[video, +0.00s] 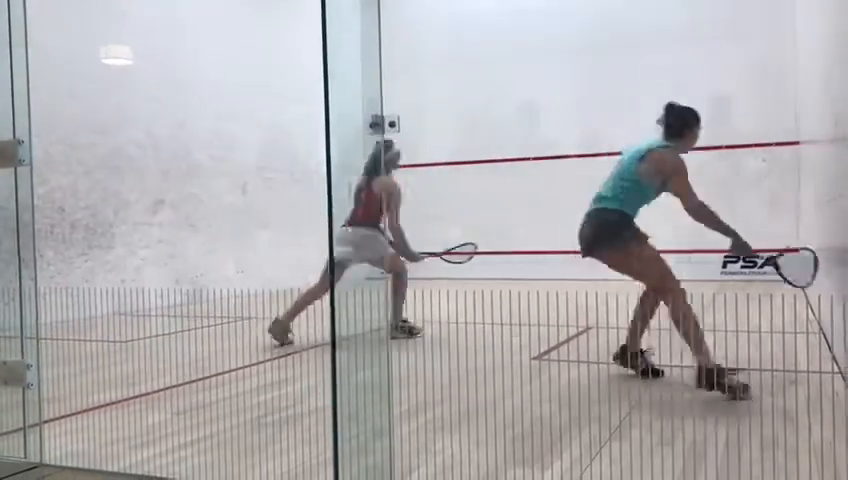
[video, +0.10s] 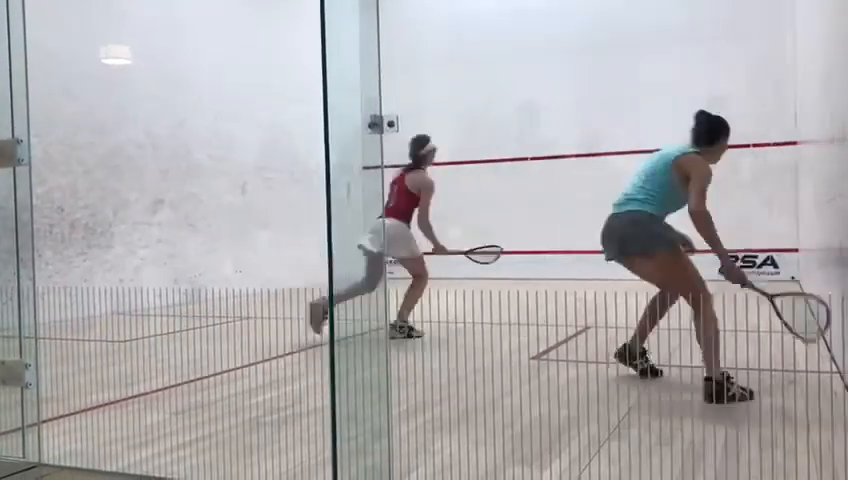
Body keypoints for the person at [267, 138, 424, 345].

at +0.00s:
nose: (399, 157)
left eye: (397, 154)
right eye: (395, 155)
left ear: (376, 159)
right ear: (388, 159)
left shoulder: (363, 182)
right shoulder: (390, 186)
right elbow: (394, 228)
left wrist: (400, 251)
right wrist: (411, 255)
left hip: (346, 235)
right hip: (368, 238)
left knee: (323, 285)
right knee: (399, 270)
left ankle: (283, 322)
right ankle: (397, 323)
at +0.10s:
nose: (434, 155)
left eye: (434, 151)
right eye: (432, 152)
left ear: (414, 154)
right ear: (425, 155)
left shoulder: (401, 175)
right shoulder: (425, 181)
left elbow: (391, 206)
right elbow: (423, 220)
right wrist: (436, 244)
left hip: (378, 229)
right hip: (397, 232)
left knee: (370, 283)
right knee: (421, 277)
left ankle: (325, 304)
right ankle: (401, 323)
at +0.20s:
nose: (462, 140)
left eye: (461, 137)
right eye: (460, 137)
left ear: (442, 139)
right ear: (454, 140)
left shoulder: (429, 160)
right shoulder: (455, 167)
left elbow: (411, 191)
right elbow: (453, 206)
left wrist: (422, 211)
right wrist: (464, 232)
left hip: (414, 214)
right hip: (431, 218)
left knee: (420, 270)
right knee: (430, 275)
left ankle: (389, 304)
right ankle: (404, 315)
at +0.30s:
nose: (487, 133)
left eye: (486, 130)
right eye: (484, 130)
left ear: (466, 132)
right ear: (478, 132)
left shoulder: (452, 153)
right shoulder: (484, 157)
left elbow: (434, 179)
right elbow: (483, 192)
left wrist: (440, 204)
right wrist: (491, 221)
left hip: (446, 206)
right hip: (463, 208)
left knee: (459, 260)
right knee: (451, 260)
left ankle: (457, 310)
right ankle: (421, 302)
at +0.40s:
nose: (512, 136)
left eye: (511, 133)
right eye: (510, 134)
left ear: (492, 137)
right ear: (504, 137)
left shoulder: (479, 158)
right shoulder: (511, 162)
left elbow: (459, 184)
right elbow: (512, 196)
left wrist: (467, 210)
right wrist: (518, 225)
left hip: (476, 213)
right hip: (494, 213)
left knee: (497, 262)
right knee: (481, 260)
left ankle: (509, 308)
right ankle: (443, 289)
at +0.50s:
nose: (536, 147)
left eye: (536, 143)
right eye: (535, 143)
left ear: (517, 146)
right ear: (529, 146)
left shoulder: (507, 166)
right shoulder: (535, 168)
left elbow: (490, 196)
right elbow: (536, 204)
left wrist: (498, 222)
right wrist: (545, 230)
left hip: (506, 220)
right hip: (521, 221)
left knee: (529, 266)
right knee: (521, 273)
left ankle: (518, 310)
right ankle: (481, 287)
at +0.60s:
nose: (561, 138)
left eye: (560, 134)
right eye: (558, 135)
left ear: (542, 137)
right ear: (552, 138)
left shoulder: (534, 160)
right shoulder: (556, 161)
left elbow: (522, 190)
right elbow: (555, 195)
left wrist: (534, 208)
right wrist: (567, 221)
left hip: (530, 212)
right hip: (547, 214)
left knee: (537, 262)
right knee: (559, 263)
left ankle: (520, 302)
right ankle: (530, 296)